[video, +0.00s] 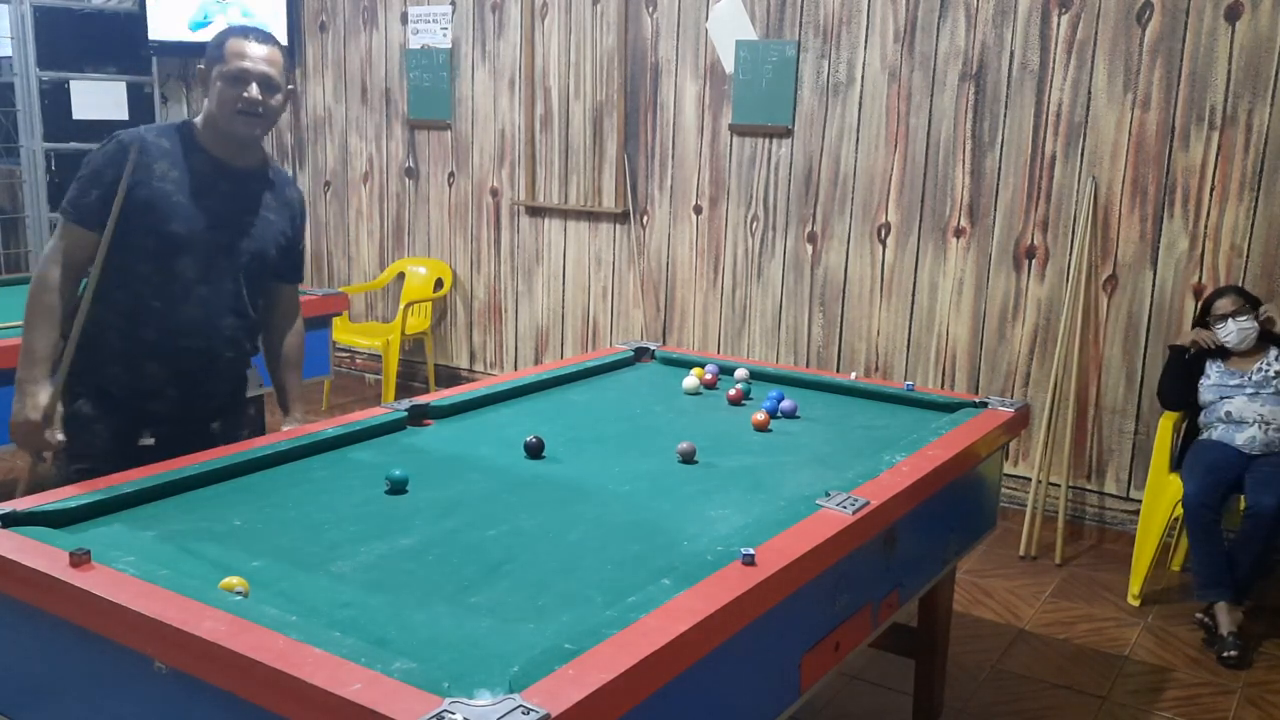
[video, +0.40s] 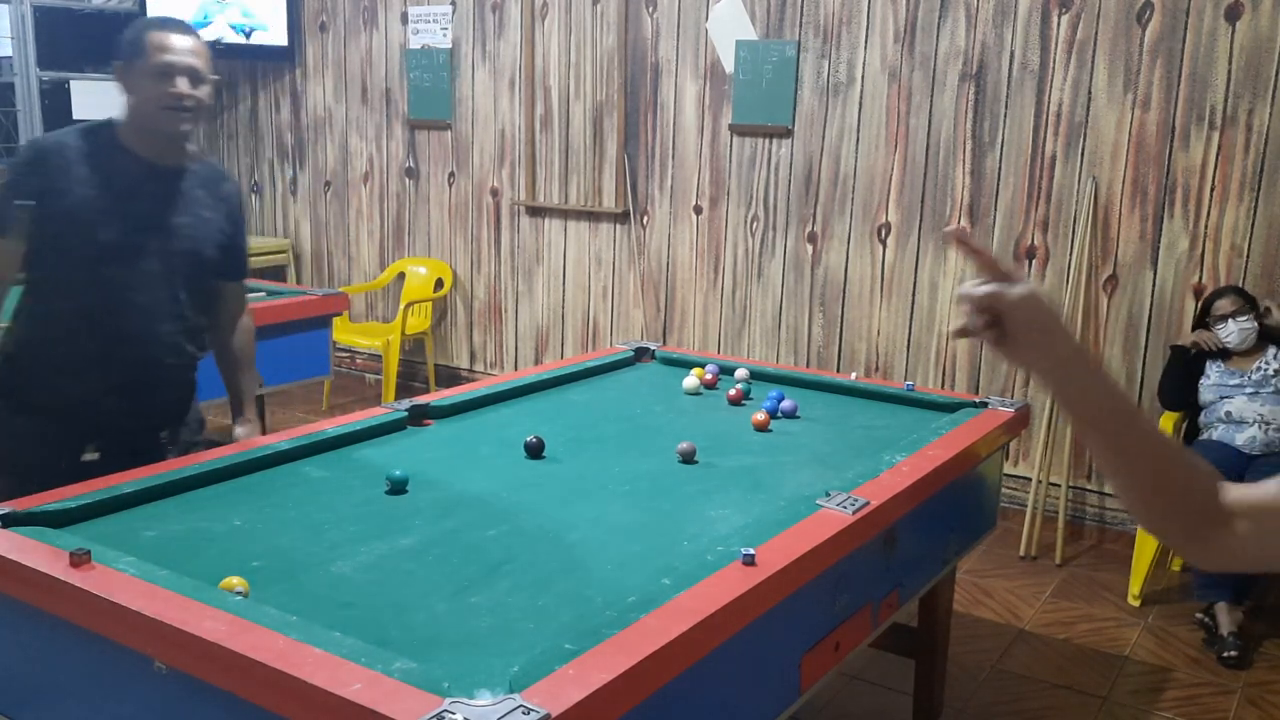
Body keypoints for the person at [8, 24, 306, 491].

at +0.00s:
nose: (253, 94)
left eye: (268, 86)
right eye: (237, 80)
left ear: (284, 103)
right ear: (204, 84)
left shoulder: (284, 198)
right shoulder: (131, 156)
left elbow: (283, 316)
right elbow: (61, 265)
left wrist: (296, 414)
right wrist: (33, 382)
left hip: (215, 414)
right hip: (108, 410)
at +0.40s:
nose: (182, 90)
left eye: (195, 78)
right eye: (164, 74)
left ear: (212, 91)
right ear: (125, 78)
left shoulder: (216, 191)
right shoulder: (51, 162)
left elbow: (231, 317)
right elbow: (5, 271)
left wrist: (247, 417)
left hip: (152, 416)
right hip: (40, 407)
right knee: (26, 552)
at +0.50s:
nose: (143, 89)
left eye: (157, 76)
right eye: (123, 74)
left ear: (174, 88)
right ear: (82, 78)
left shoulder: (184, 191)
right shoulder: (17, 169)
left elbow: (206, 314)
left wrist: (228, 419)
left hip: (142, 434)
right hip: (28, 436)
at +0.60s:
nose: (99, 87)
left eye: (113, 72)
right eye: (79, 69)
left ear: (127, 84)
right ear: (36, 76)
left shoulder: (148, 185)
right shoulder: (8, 166)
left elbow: (173, 311)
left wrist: (198, 416)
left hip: (113, 431)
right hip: (14, 432)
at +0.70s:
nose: (56, 86)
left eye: (69, 72)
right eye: (34, 70)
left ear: (83, 81)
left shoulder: (113, 185)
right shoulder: (5, 175)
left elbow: (141, 311)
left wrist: (166, 418)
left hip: (86, 441)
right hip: (4, 446)